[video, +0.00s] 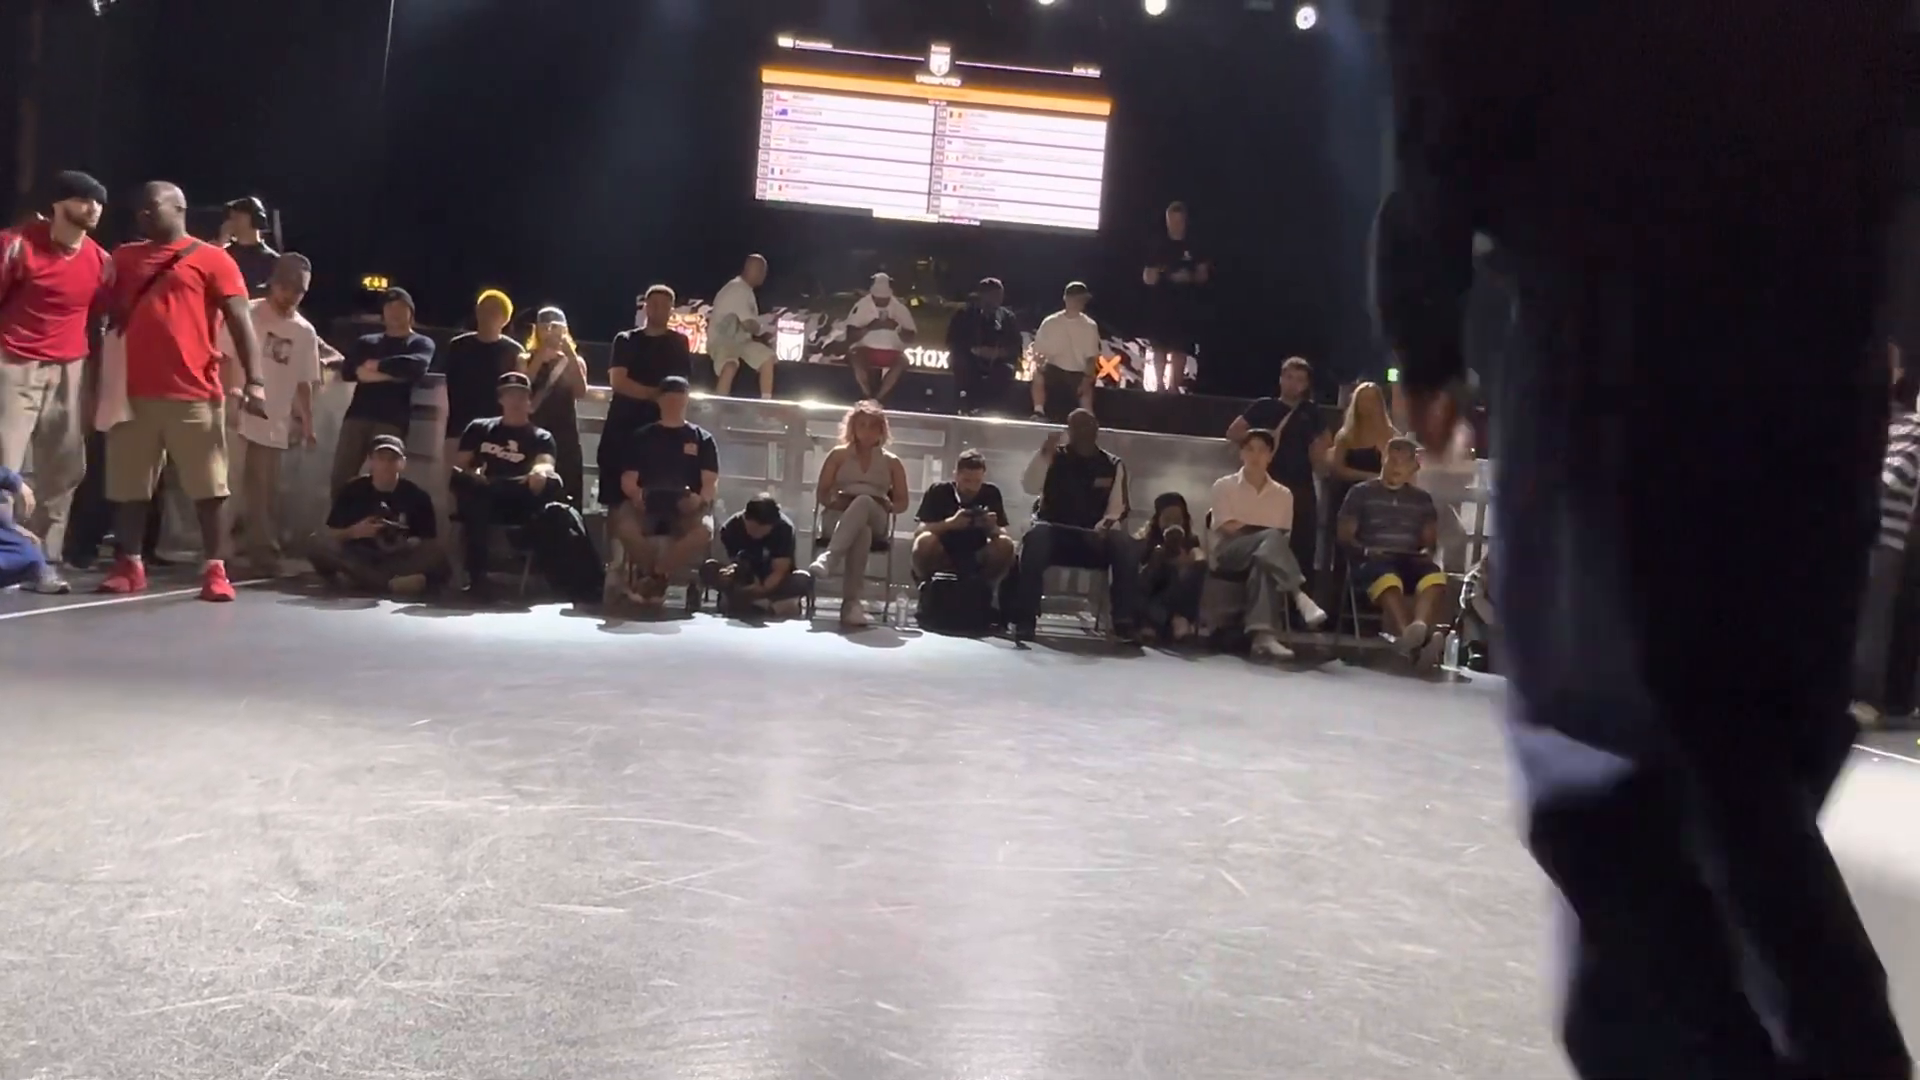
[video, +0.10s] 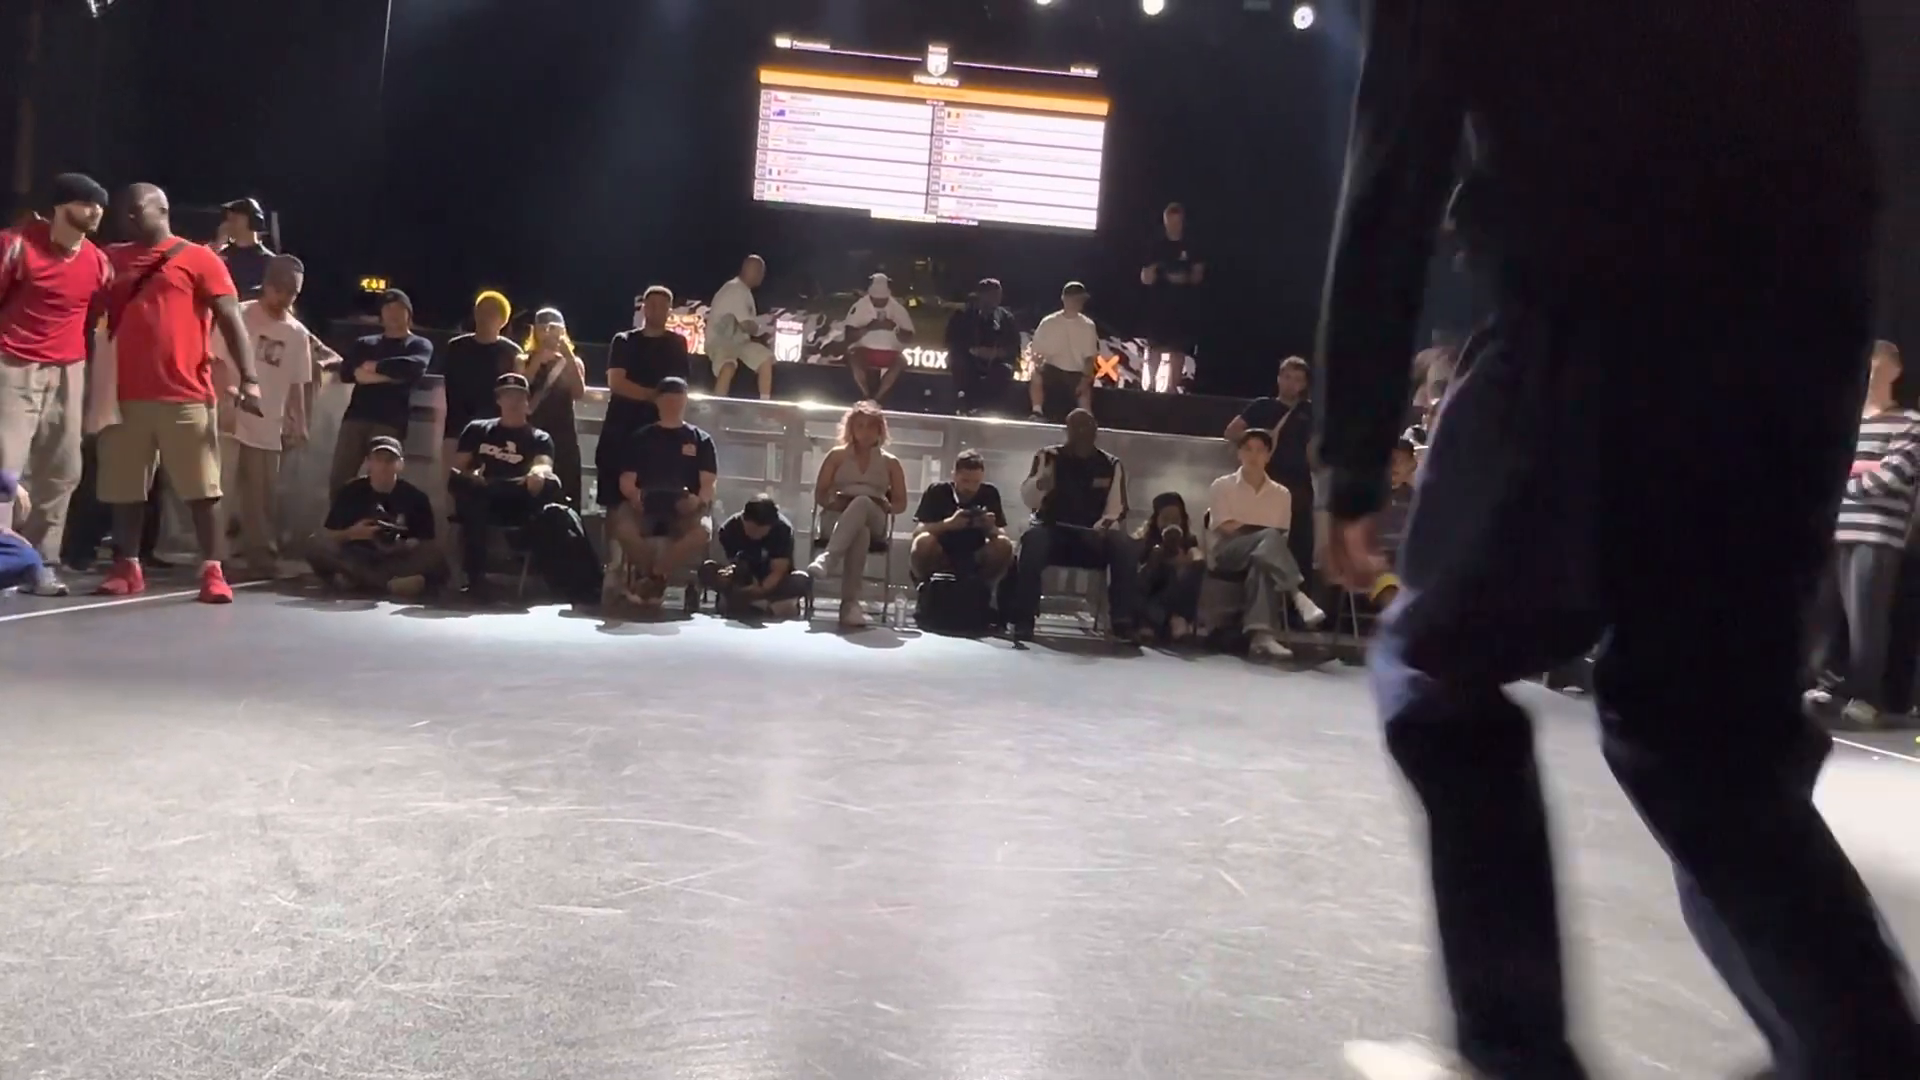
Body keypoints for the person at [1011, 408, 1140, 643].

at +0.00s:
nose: (1082, 433)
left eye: (1087, 426)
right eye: (1077, 427)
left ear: (1097, 430)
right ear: (1068, 430)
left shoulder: (1114, 465)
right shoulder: (1054, 457)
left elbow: (1117, 506)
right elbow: (1030, 486)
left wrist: (1106, 523)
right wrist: (1045, 453)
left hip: (1092, 537)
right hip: (1056, 535)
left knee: (1124, 542)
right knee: (1036, 537)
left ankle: (1124, 621)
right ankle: (1025, 621)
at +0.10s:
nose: (1081, 433)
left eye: (1087, 427)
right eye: (1075, 427)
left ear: (1095, 432)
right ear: (1066, 430)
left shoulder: (1112, 465)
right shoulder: (1047, 457)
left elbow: (1116, 508)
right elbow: (1029, 501)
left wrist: (1105, 524)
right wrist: (1041, 484)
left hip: (1090, 537)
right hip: (1053, 535)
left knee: (1123, 543)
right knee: (1033, 538)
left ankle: (1123, 621)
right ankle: (1023, 621)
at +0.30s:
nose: (1075, 437)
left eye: (1082, 431)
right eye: (1070, 431)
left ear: (1091, 433)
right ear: (1063, 432)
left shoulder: (1109, 467)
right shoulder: (1044, 461)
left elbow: (1114, 509)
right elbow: (1030, 502)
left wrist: (1106, 523)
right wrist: (1043, 516)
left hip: (1090, 538)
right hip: (1054, 535)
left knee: (1122, 545)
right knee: (1028, 540)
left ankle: (1121, 624)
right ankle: (1022, 624)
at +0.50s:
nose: (1072, 436)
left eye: (1077, 430)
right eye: (1066, 430)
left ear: (1086, 432)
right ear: (1057, 432)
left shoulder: (1102, 465)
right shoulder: (1038, 460)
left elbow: (1109, 508)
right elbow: (1024, 500)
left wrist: (1100, 522)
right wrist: (1040, 518)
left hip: (1085, 536)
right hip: (1049, 534)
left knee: (1112, 544)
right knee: (1023, 539)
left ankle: (1104, 626)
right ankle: (1019, 622)